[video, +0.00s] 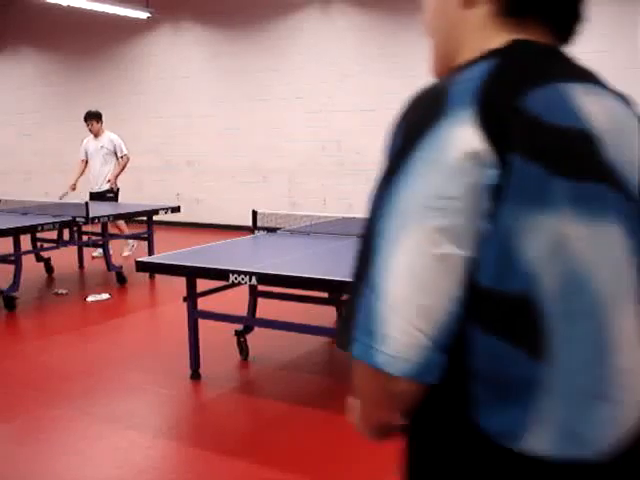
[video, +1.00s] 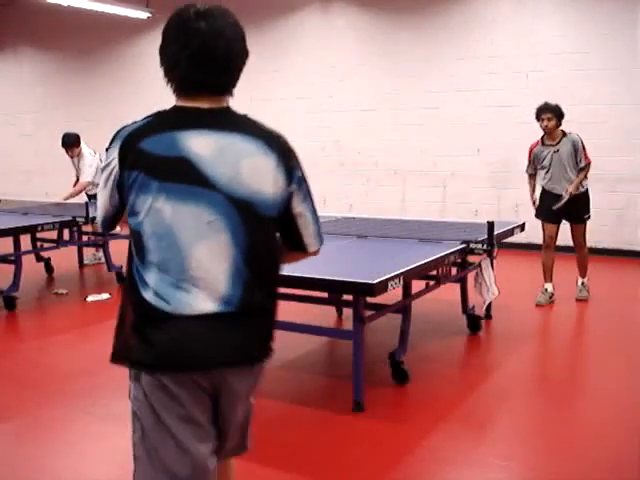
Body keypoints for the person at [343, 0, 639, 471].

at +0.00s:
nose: (427, 17)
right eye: (431, 1)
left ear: (477, 0)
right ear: (554, 10)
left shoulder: (465, 112)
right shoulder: (620, 114)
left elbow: (392, 362)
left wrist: (375, 415)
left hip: (488, 443)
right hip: (611, 441)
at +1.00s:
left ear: (167, 66)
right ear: (238, 66)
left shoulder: (133, 142)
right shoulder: (271, 147)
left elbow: (107, 218)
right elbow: (304, 244)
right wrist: (244, 256)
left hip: (165, 347)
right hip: (244, 343)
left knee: (176, 470)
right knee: (225, 458)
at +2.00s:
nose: (158, 96)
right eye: (156, 91)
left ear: (109, 88)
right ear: (150, 94)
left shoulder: (68, 131)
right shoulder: (154, 131)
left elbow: (50, 191)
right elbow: (160, 89)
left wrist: (90, 198)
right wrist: (107, 63)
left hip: (87, 271)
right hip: (141, 266)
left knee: (104, 372)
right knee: (151, 346)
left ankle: (124, 468)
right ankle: (153, 435)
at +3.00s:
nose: (70, 119)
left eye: (71, 113)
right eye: (68, 112)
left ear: (36, 108)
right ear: (50, 108)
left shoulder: (9, 140)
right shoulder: (44, 143)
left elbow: (16, 199)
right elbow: (58, 202)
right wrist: (95, 214)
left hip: (16, 254)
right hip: (54, 256)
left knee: (9, 323)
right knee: (87, 325)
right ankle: (109, 411)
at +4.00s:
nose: (76, 135)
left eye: (78, 128)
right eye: (75, 127)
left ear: (39, 122)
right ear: (58, 126)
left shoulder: (12, 148)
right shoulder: (43, 159)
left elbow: (26, 219)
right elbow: (40, 225)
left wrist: (67, 241)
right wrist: (79, 250)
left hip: (7, 272)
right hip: (13, 275)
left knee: (33, 352)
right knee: (37, 353)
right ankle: (36, 459)